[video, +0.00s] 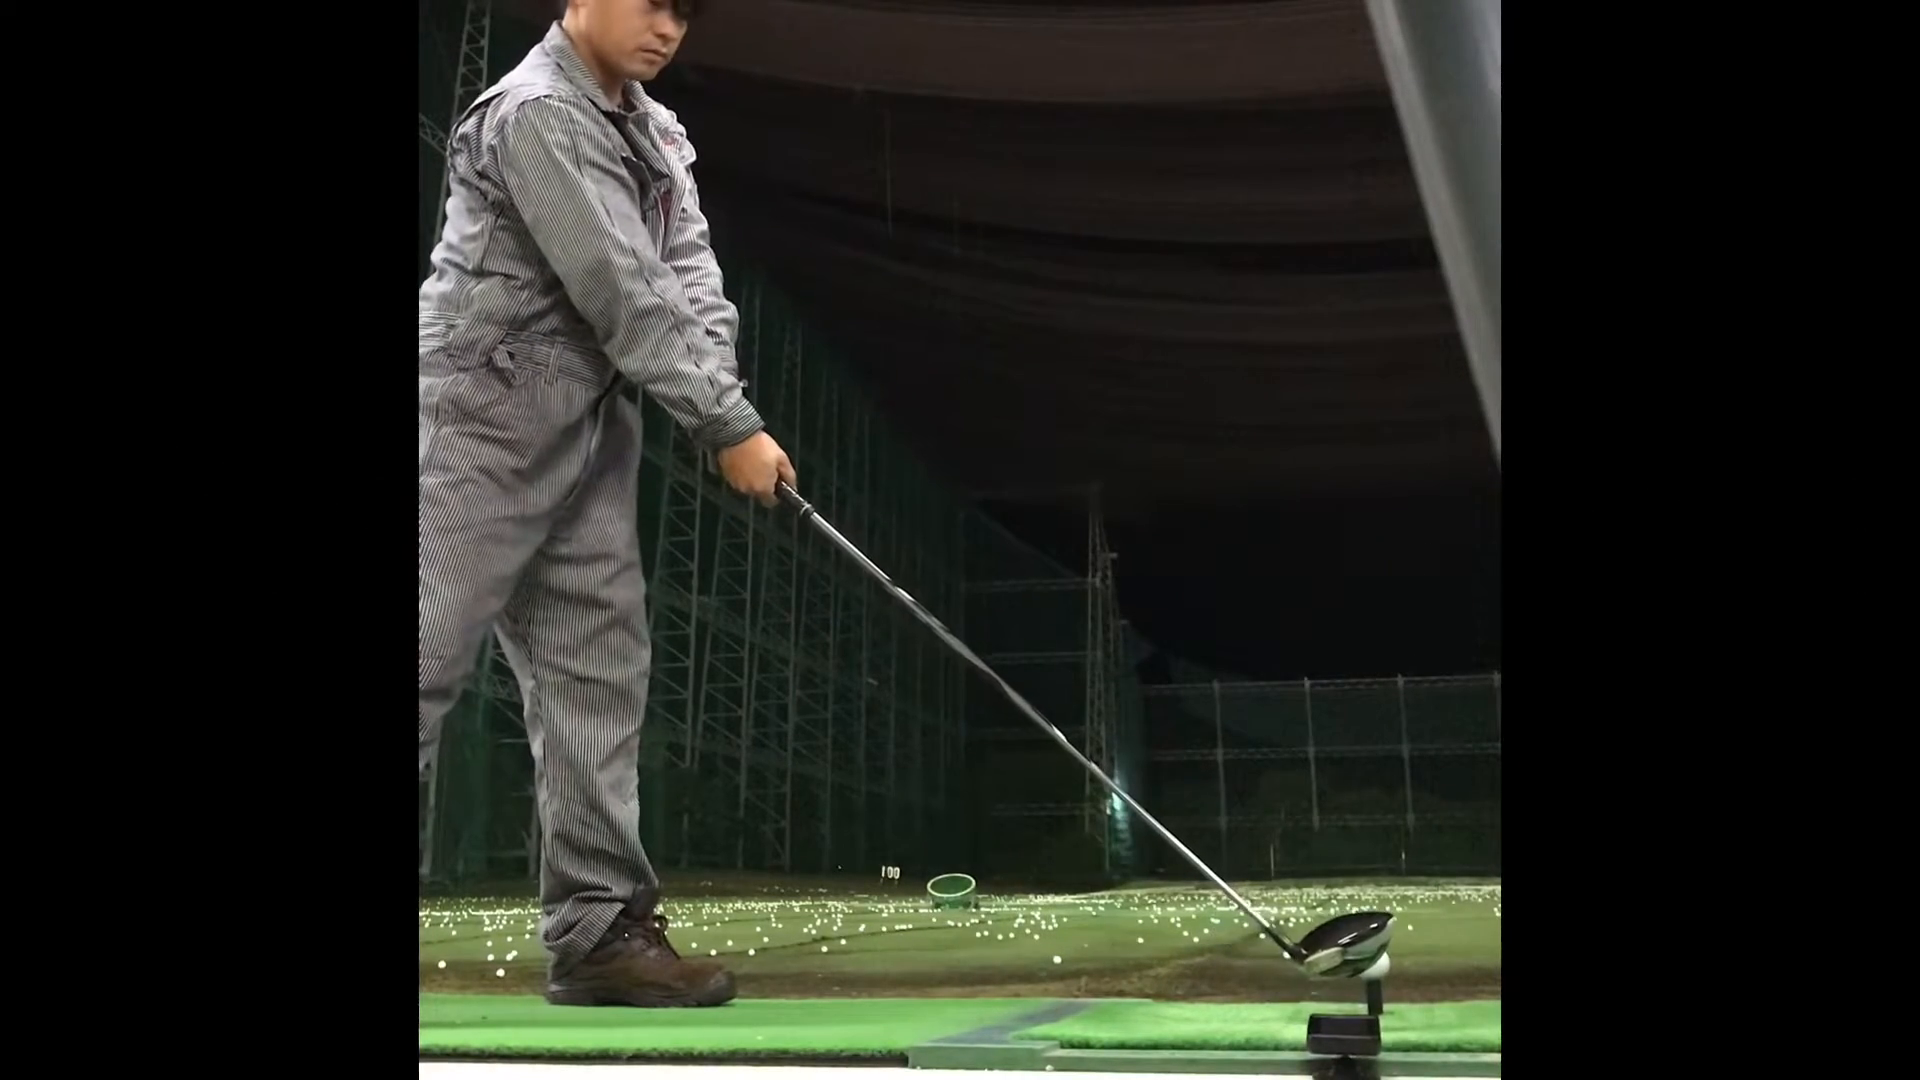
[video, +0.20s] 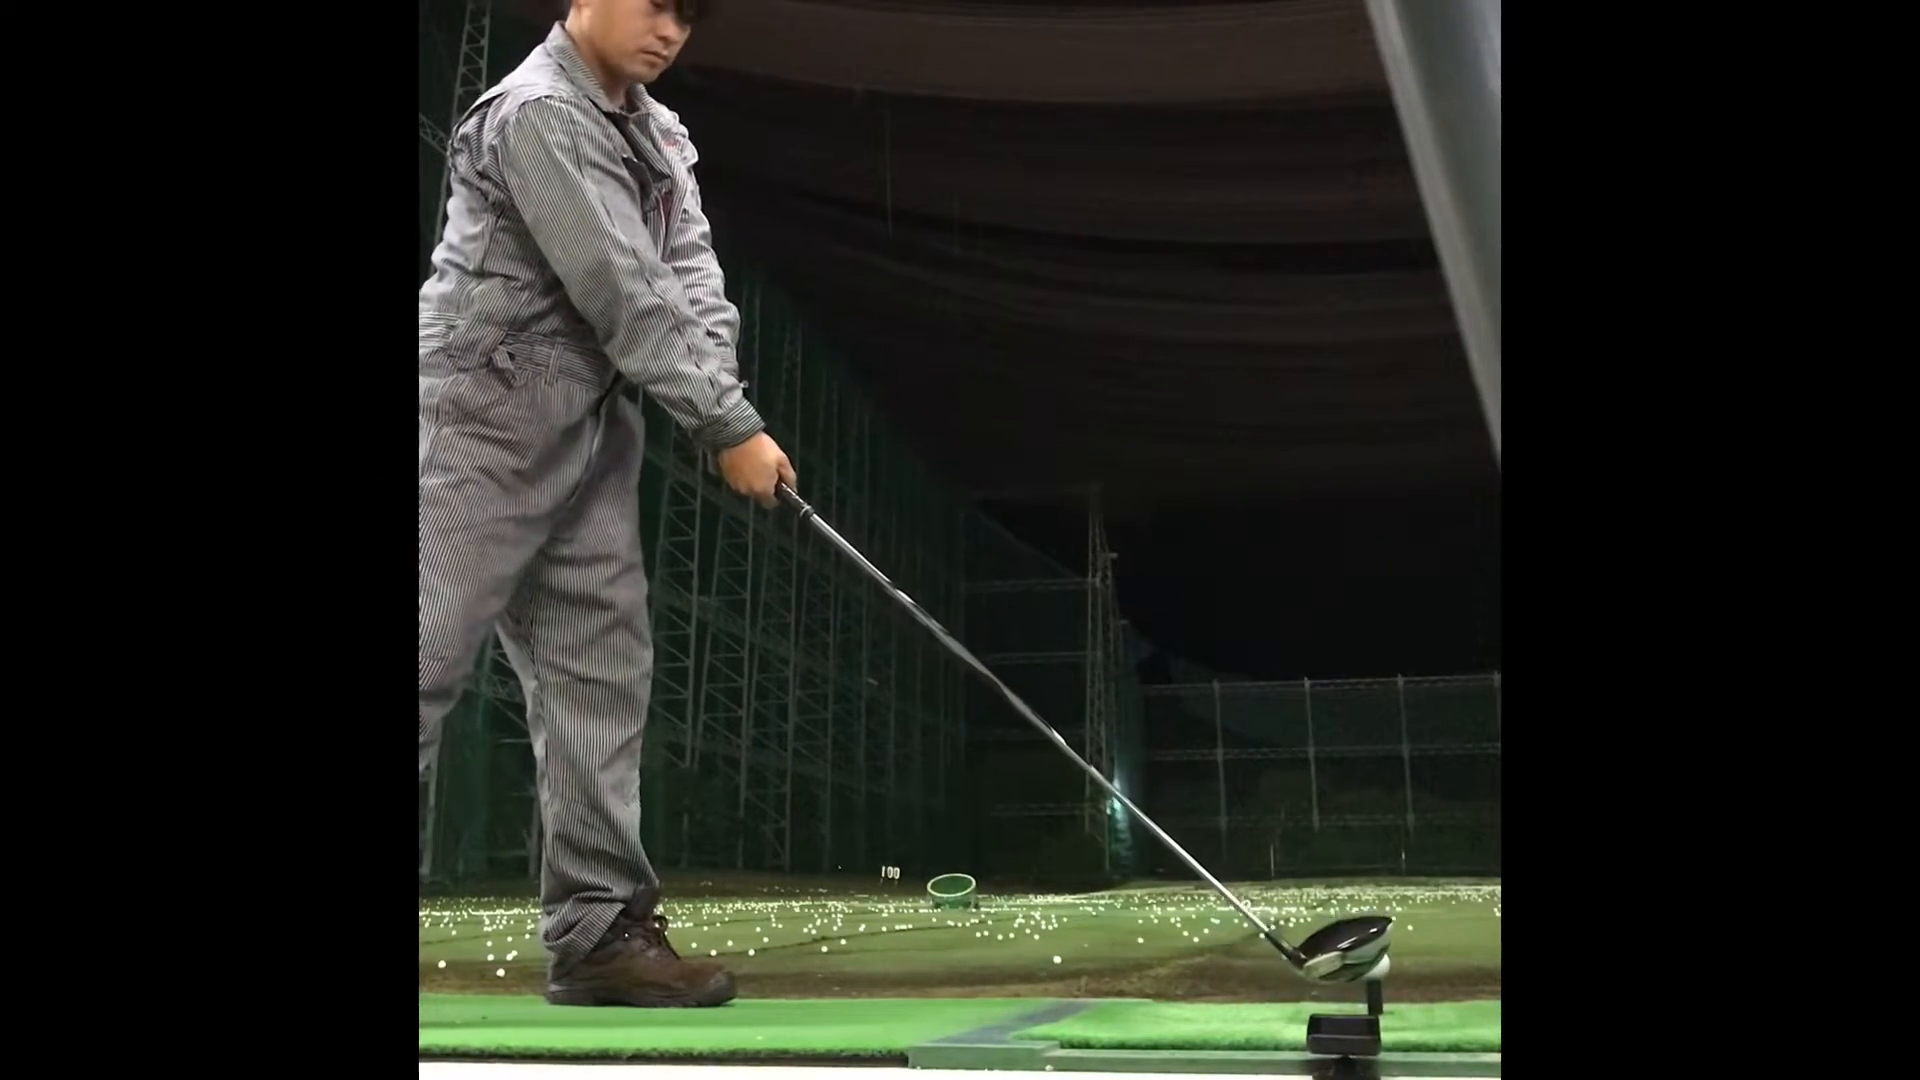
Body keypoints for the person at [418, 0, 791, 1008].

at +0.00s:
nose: (669, 26)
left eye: (679, 11)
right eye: (650, 4)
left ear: (681, 25)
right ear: (581, 4)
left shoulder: (657, 130)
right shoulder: (539, 110)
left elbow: (690, 270)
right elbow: (620, 286)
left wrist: (720, 407)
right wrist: (726, 426)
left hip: (585, 438)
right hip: (474, 426)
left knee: (595, 671)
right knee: (428, 670)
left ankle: (597, 935)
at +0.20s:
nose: (671, 27)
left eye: (682, 13)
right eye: (653, 5)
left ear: (683, 27)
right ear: (584, 6)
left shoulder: (659, 131)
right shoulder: (539, 109)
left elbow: (693, 276)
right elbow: (621, 288)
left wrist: (719, 409)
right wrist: (727, 427)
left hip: (586, 445)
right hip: (473, 431)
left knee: (598, 674)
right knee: (430, 671)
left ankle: (597, 935)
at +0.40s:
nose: (667, 29)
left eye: (679, 14)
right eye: (649, 5)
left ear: (682, 29)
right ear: (582, 3)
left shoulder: (667, 131)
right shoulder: (523, 109)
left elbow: (700, 276)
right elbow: (605, 285)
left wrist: (702, 391)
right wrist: (716, 423)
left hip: (593, 448)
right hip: (472, 431)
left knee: (608, 677)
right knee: (429, 677)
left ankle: (598, 937)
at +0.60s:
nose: (653, 30)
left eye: (670, 20)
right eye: (638, 5)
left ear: (673, 42)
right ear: (574, 2)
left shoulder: (682, 132)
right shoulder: (469, 105)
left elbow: (680, 240)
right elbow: (512, 236)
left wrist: (645, 335)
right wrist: (590, 342)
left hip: (604, 428)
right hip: (460, 421)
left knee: (629, 677)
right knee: (420, 656)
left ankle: (600, 935)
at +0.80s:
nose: (651, 30)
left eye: (672, 24)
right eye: (636, 5)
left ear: (678, 47)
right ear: (578, 4)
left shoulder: (677, 120)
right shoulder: (472, 84)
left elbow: (556, 108)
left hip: (572, 405)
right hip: (435, 386)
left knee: (624, 673)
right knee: (420, 620)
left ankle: (607, 930)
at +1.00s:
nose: (621, 4)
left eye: (621, 2)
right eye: (626, 4)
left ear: (632, 13)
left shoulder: (606, 64)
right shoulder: (442, 72)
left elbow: (457, 3)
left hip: (506, 374)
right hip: (438, 382)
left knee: (603, 673)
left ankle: (652, 889)